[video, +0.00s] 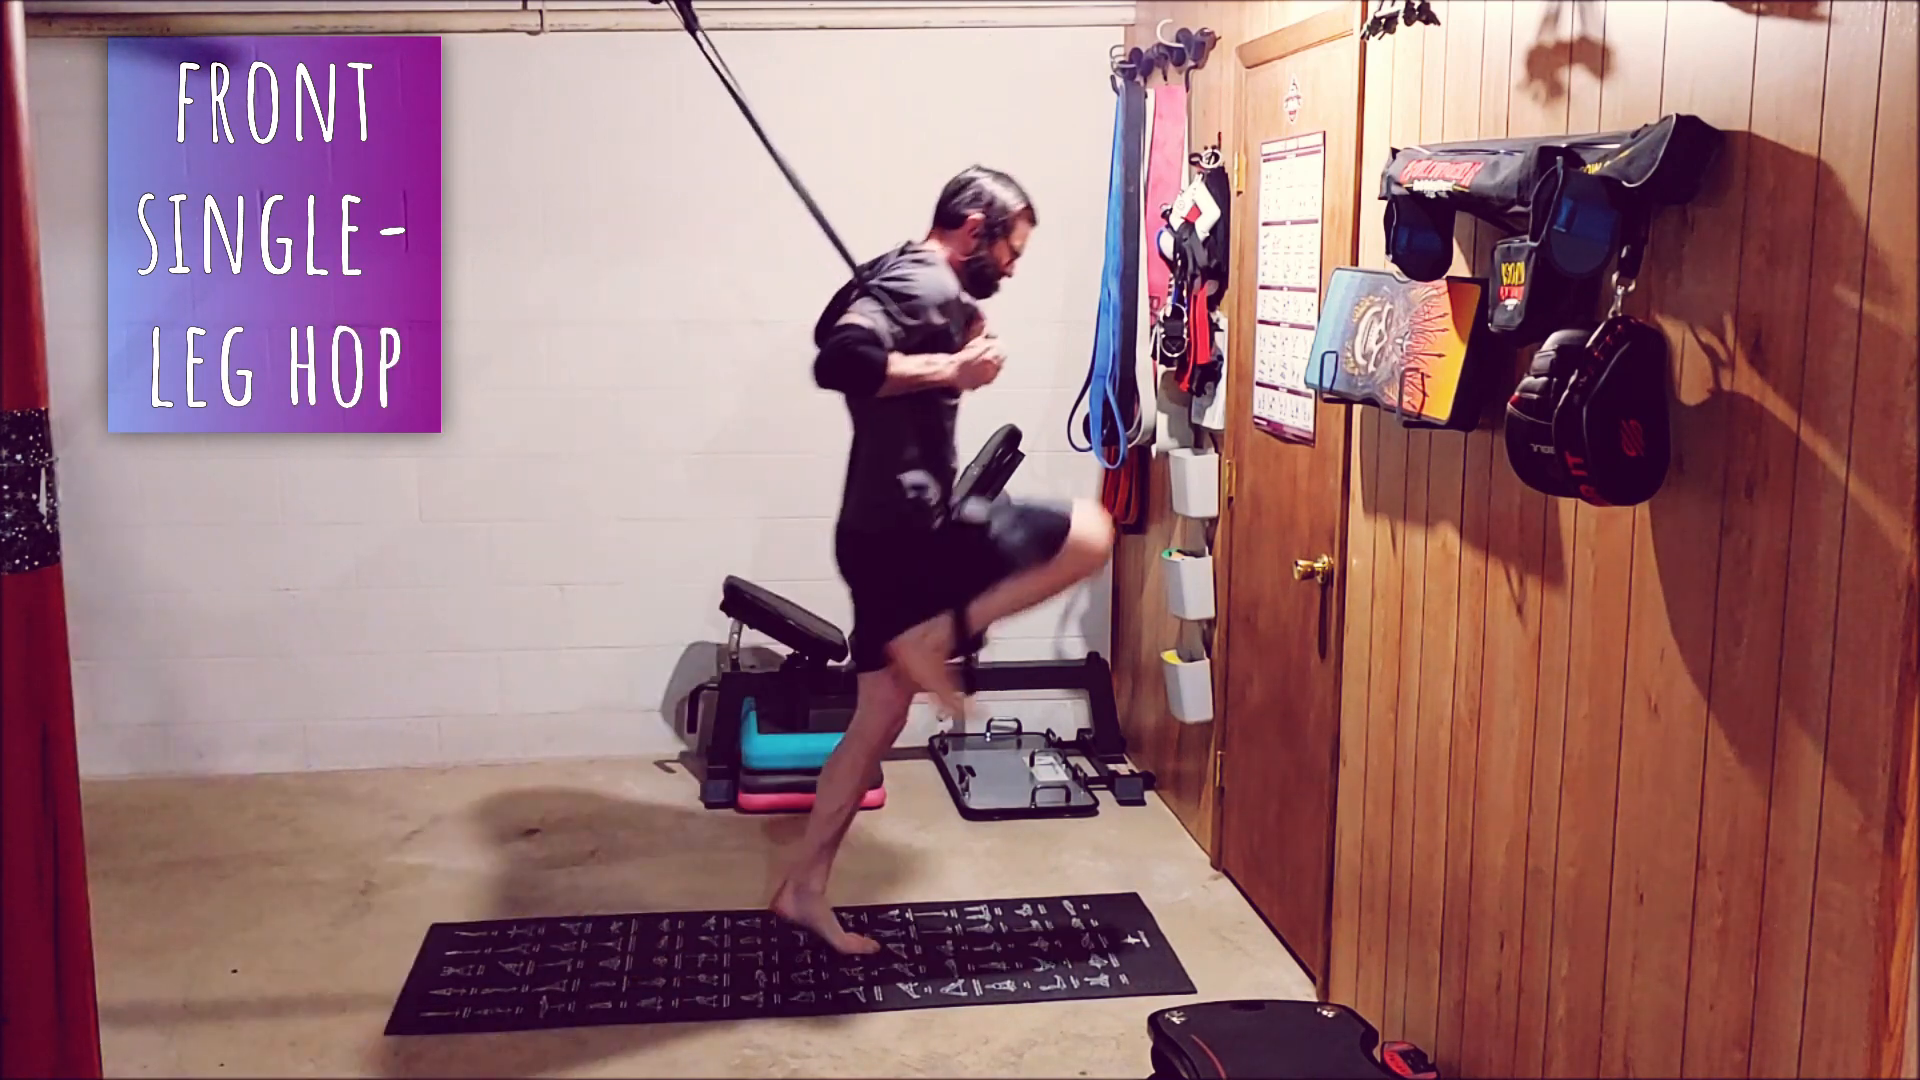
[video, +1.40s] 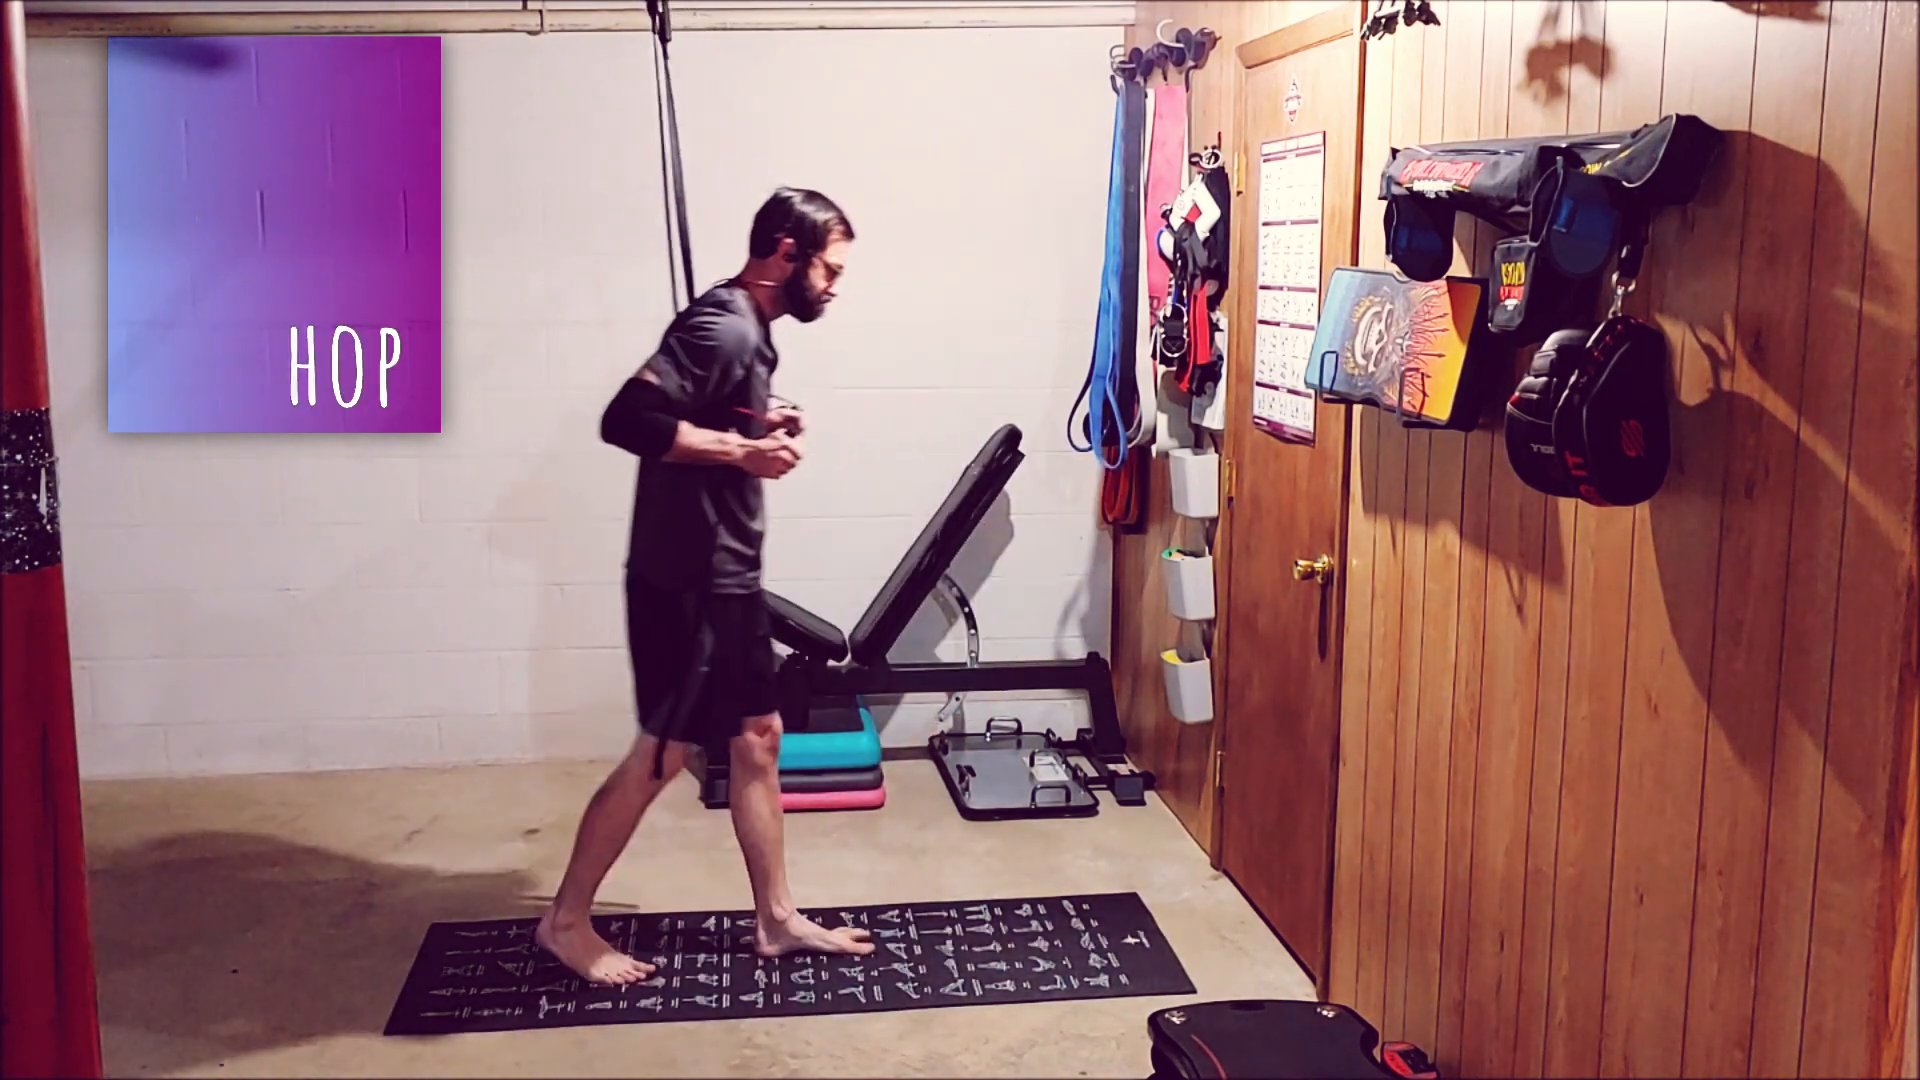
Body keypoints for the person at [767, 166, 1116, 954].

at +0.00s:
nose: (1010, 271)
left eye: (1016, 257)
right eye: (1010, 253)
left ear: (960, 226)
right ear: (972, 228)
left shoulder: (905, 274)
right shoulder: (926, 281)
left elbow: (836, 348)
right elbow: (843, 356)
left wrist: (951, 349)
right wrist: (952, 371)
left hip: (878, 523)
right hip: (913, 520)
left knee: (879, 715)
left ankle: (803, 890)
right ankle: (944, 636)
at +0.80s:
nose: (980, 287)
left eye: (986, 274)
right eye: (980, 269)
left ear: (932, 246)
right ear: (939, 245)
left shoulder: (888, 296)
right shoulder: (886, 297)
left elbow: (816, 378)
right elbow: (801, 376)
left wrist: (920, 379)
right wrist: (909, 391)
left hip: (849, 541)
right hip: (879, 538)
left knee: (832, 731)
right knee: (1045, 609)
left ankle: (784, 915)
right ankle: (883, 716)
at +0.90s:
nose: (958, 289)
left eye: (965, 274)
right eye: (958, 270)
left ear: (910, 248)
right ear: (916, 248)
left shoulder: (867, 305)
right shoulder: (859, 306)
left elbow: (808, 387)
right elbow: (774, 388)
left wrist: (893, 380)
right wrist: (885, 404)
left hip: (825, 549)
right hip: (851, 550)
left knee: (818, 739)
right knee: (987, 672)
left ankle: (782, 919)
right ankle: (815, 766)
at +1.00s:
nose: (936, 283)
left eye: (941, 269)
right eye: (933, 265)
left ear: (887, 251)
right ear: (889, 249)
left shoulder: (852, 316)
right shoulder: (829, 307)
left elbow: (795, 407)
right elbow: (745, 396)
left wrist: (870, 397)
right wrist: (858, 417)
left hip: (819, 553)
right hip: (819, 557)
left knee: (803, 733)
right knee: (920, 717)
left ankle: (780, 917)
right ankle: (735, 805)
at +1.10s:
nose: (910, 282)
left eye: (915, 267)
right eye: (907, 264)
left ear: (860, 249)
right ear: (862, 246)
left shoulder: (825, 316)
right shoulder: (806, 311)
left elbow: (780, 408)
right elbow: (716, 400)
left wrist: (847, 402)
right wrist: (832, 427)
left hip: (798, 559)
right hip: (793, 562)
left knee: (793, 741)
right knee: (840, 745)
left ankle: (780, 921)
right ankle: (665, 845)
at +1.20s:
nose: (885, 282)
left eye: (890, 266)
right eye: (882, 264)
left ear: (835, 248)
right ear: (837, 246)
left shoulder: (798, 320)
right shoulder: (777, 317)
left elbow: (747, 413)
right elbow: (689, 406)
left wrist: (814, 410)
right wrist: (802, 435)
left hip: (785, 564)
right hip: (759, 566)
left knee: (778, 744)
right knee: (761, 753)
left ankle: (780, 916)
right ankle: (611, 889)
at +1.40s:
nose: (835, 287)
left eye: (838, 272)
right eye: (831, 270)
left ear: (787, 256)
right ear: (784, 254)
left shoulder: (753, 329)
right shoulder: (719, 323)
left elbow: (697, 422)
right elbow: (625, 418)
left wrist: (759, 425)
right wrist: (740, 450)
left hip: (732, 577)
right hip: (683, 579)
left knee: (757, 738)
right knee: (663, 753)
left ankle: (778, 919)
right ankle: (565, 922)